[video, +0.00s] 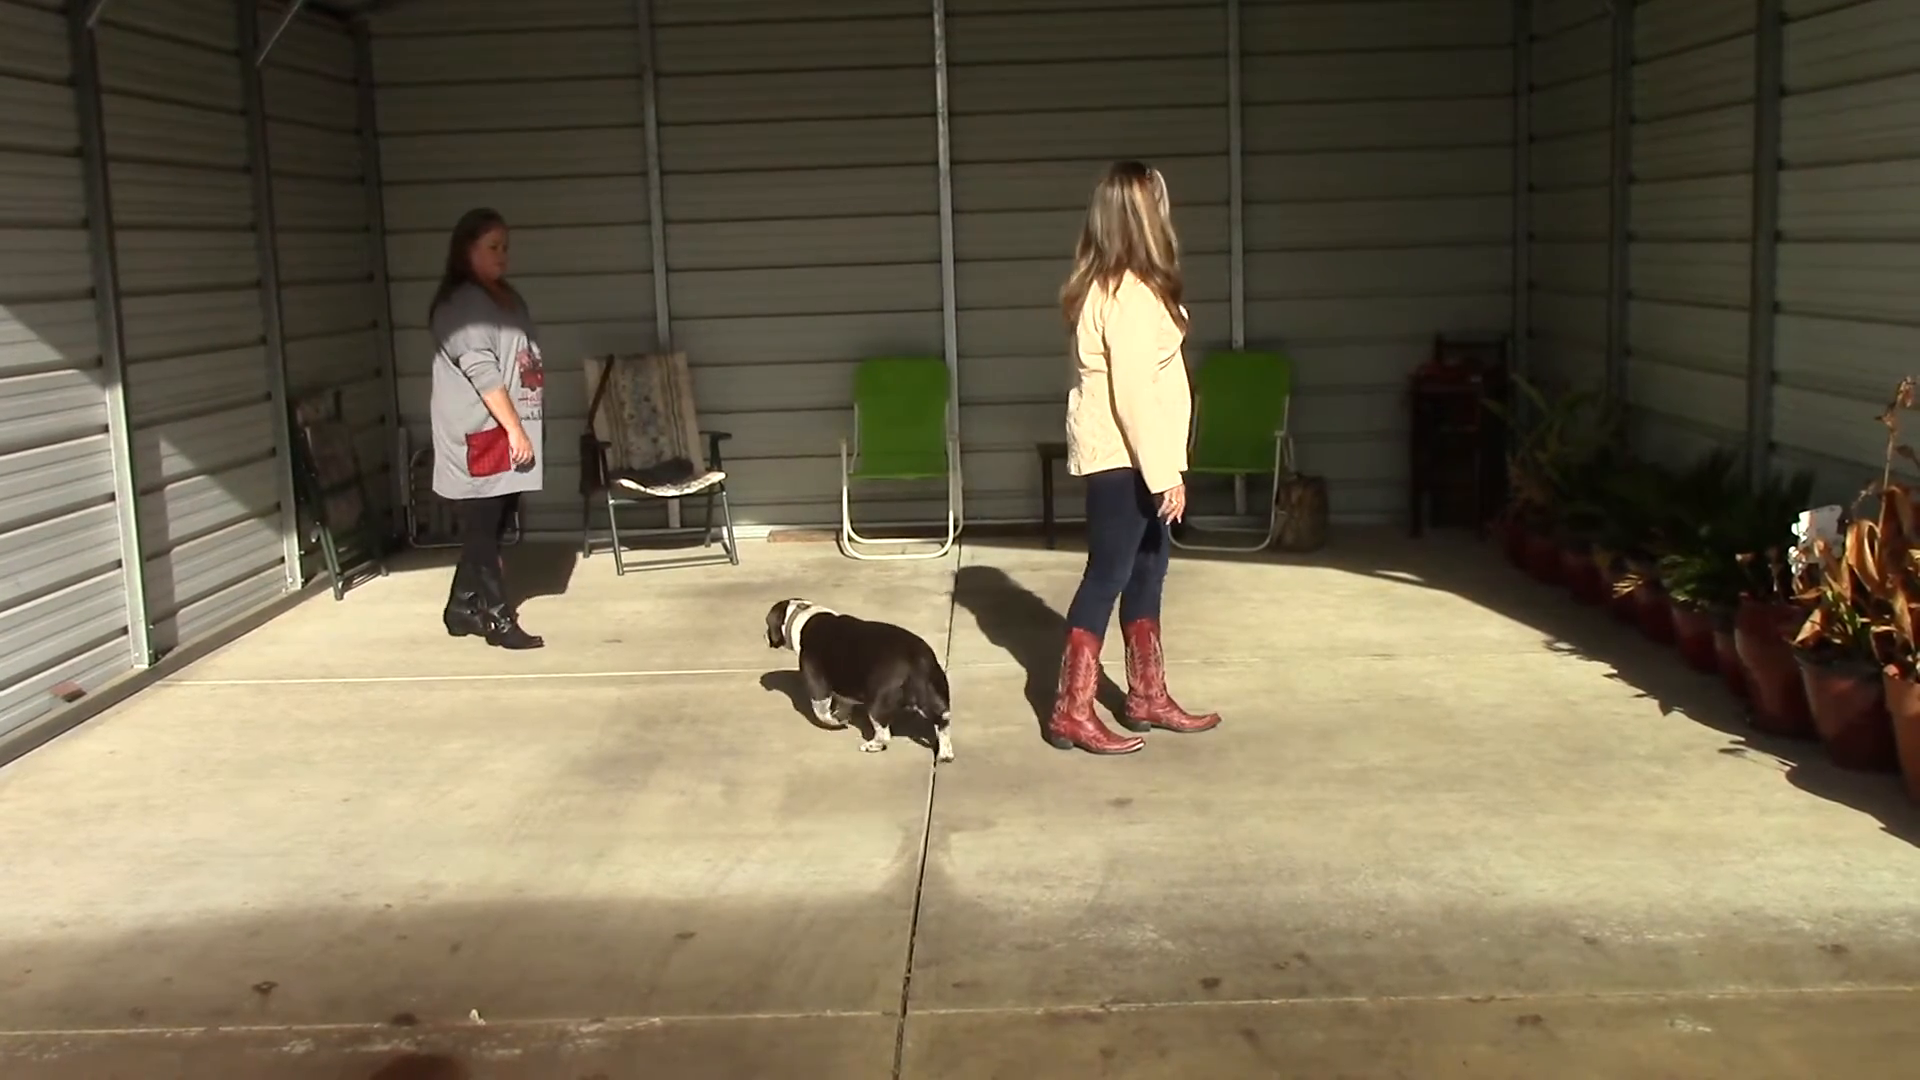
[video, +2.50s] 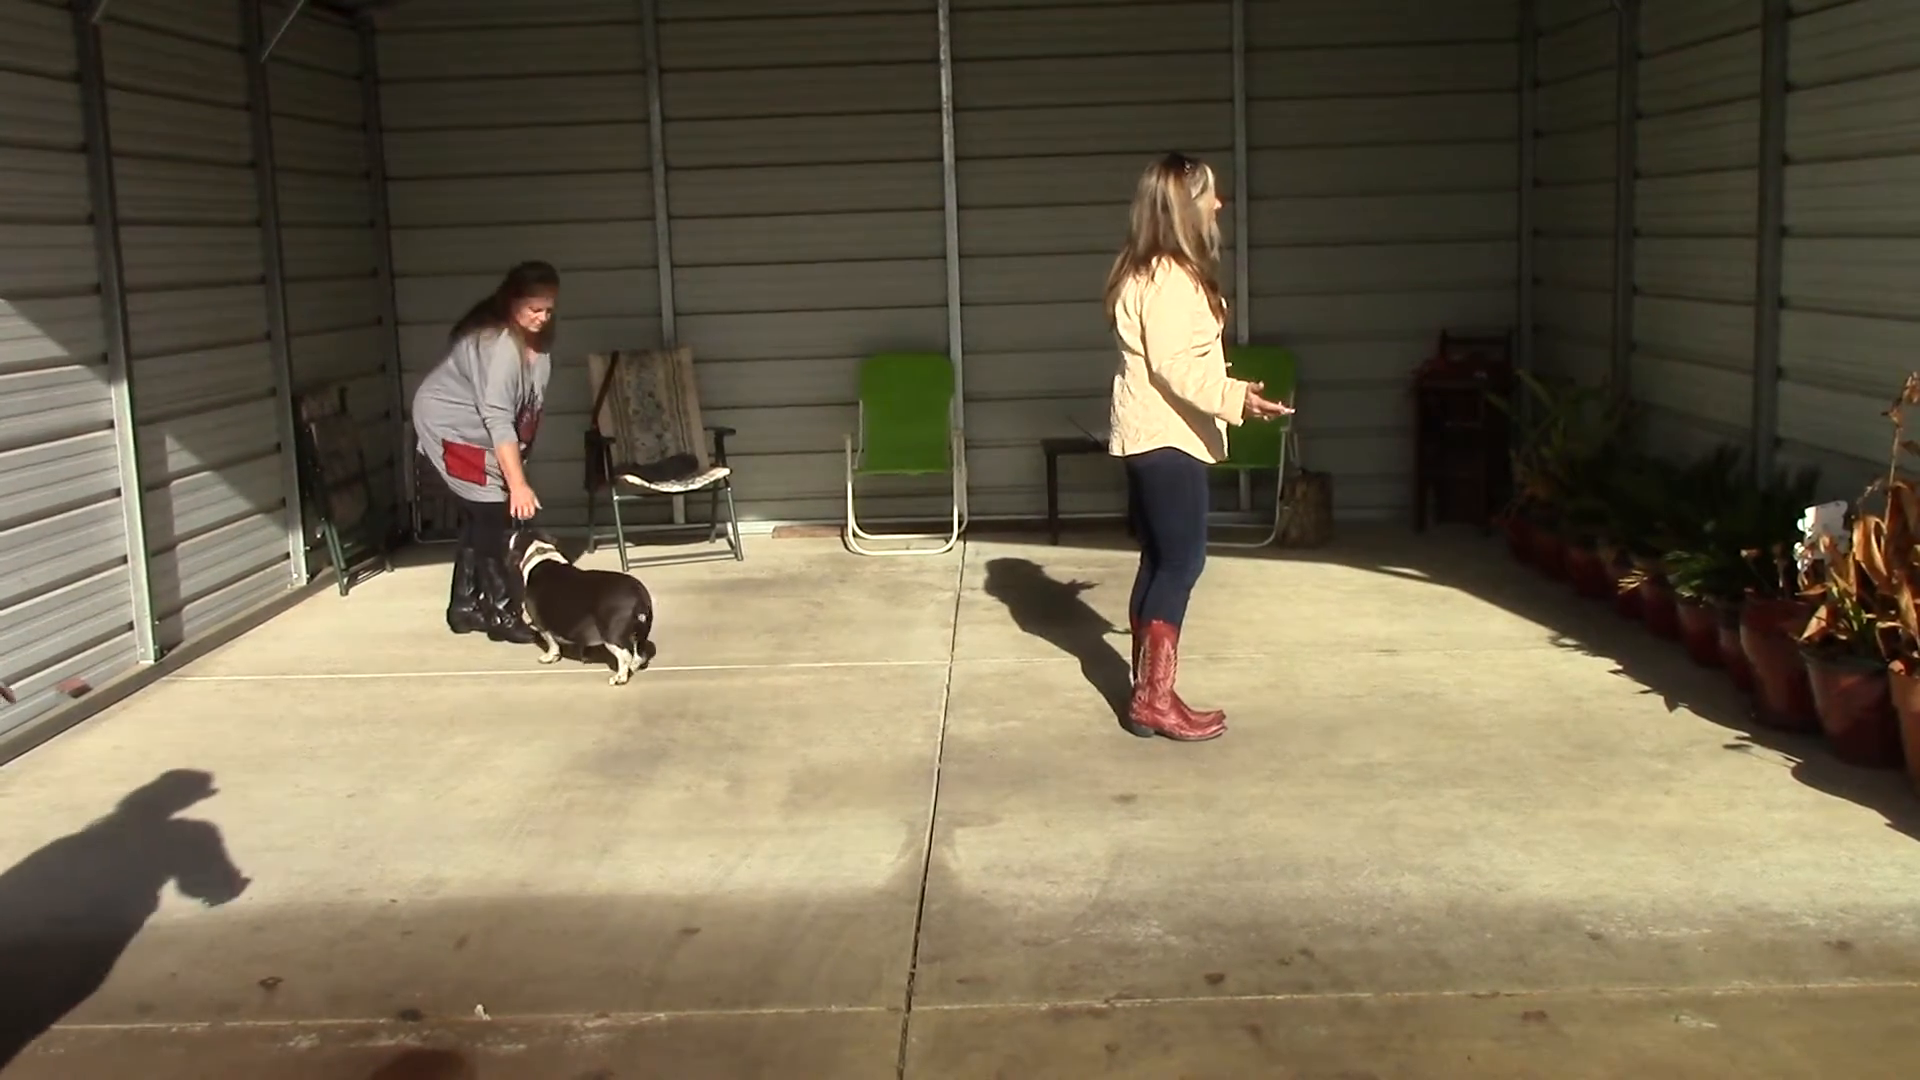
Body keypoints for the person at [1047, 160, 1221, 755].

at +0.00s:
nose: (1168, 219)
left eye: (1163, 208)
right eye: (1162, 210)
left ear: (1107, 217)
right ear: (1148, 218)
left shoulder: (1126, 286)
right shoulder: (1126, 292)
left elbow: (1147, 390)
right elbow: (1134, 397)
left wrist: (1171, 466)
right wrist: (1164, 477)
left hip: (1139, 451)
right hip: (1116, 454)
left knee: (1149, 564)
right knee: (1110, 570)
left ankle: (1147, 696)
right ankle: (1071, 710)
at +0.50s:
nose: (1190, 211)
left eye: (1187, 202)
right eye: (1182, 204)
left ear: (1137, 213)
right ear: (1157, 212)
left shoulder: (1129, 277)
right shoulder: (1145, 282)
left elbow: (1139, 375)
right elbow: (1151, 378)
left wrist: (1182, 433)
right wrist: (1183, 443)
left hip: (1131, 446)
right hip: (1143, 447)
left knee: (1145, 560)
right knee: (1180, 557)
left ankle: (1142, 692)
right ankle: (1149, 697)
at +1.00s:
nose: (1204, 205)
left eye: (1201, 196)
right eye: (1195, 197)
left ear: (1152, 207)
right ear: (1172, 207)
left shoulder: (1137, 273)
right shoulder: (1165, 275)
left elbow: (1162, 363)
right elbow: (1171, 363)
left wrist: (1218, 399)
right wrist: (1217, 406)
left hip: (1141, 440)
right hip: (1161, 442)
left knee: (1155, 561)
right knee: (1168, 562)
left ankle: (1146, 694)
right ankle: (1151, 700)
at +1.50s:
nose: (1219, 210)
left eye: (1216, 200)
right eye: (1211, 201)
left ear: (1164, 209)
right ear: (1186, 210)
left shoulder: (1148, 276)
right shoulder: (1167, 282)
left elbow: (1172, 366)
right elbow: (1174, 371)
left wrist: (1230, 384)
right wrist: (1236, 396)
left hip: (1150, 442)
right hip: (1171, 443)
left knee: (1164, 559)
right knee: (1188, 562)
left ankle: (1149, 691)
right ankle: (1156, 698)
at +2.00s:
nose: (1216, 209)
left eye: (1214, 198)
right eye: (1209, 199)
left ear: (1165, 206)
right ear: (1184, 206)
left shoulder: (1144, 271)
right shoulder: (1175, 272)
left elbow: (1167, 358)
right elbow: (1181, 356)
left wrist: (1237, 376)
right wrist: (1243, 382)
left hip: (1142, 439)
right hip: (1170, 440)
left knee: (1160, 558)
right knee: (1191, 559)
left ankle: (1150, 691)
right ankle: (1156, 698)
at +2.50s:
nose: (1220, 205)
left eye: (1217, 195)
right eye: (1211, 196)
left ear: (1169, 204)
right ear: (1186, 205)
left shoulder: (1151, 272)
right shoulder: (1169, 277)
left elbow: (1178, 364)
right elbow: (1176, 366)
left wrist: (1233, 391)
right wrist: (1233, 400)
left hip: (1150, 438)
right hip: (1169, 440)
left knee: (1159, 559)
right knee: (1181, 561)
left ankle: (1148, 693)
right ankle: (1155, 699)